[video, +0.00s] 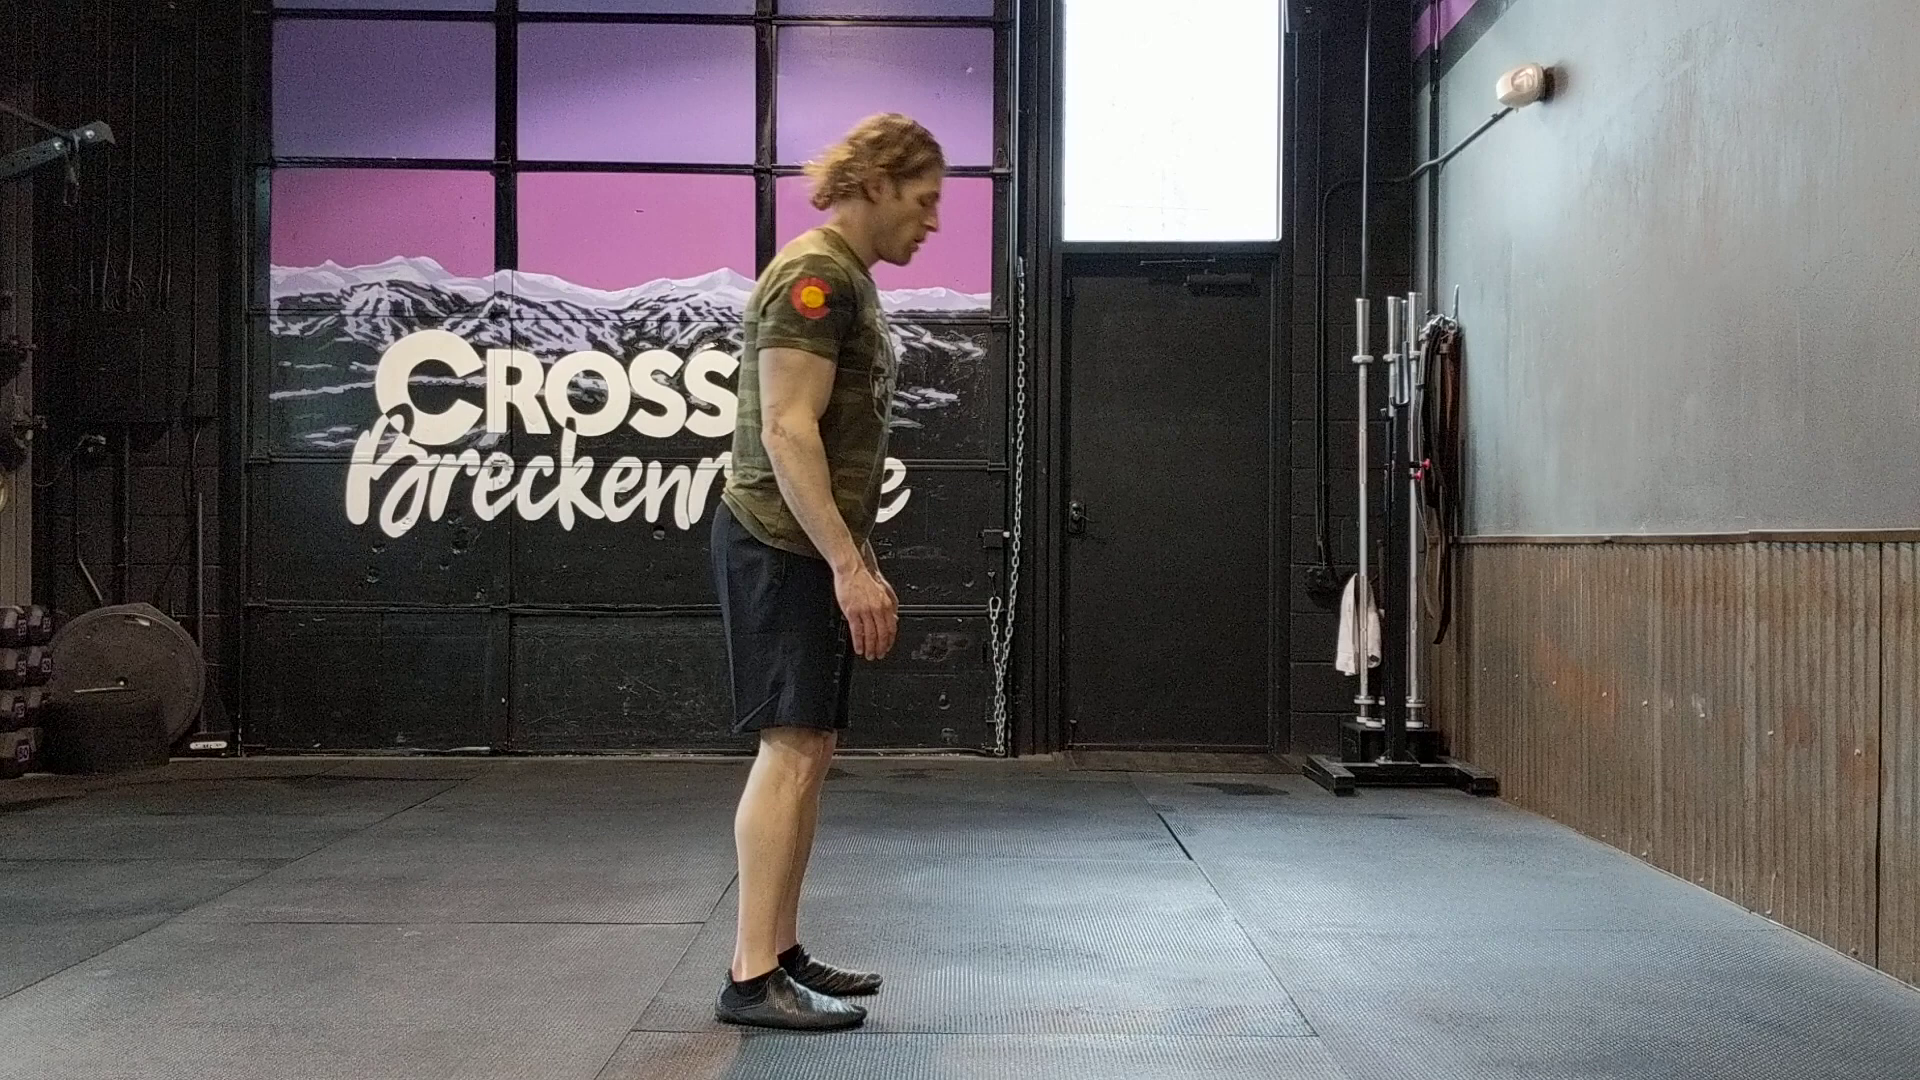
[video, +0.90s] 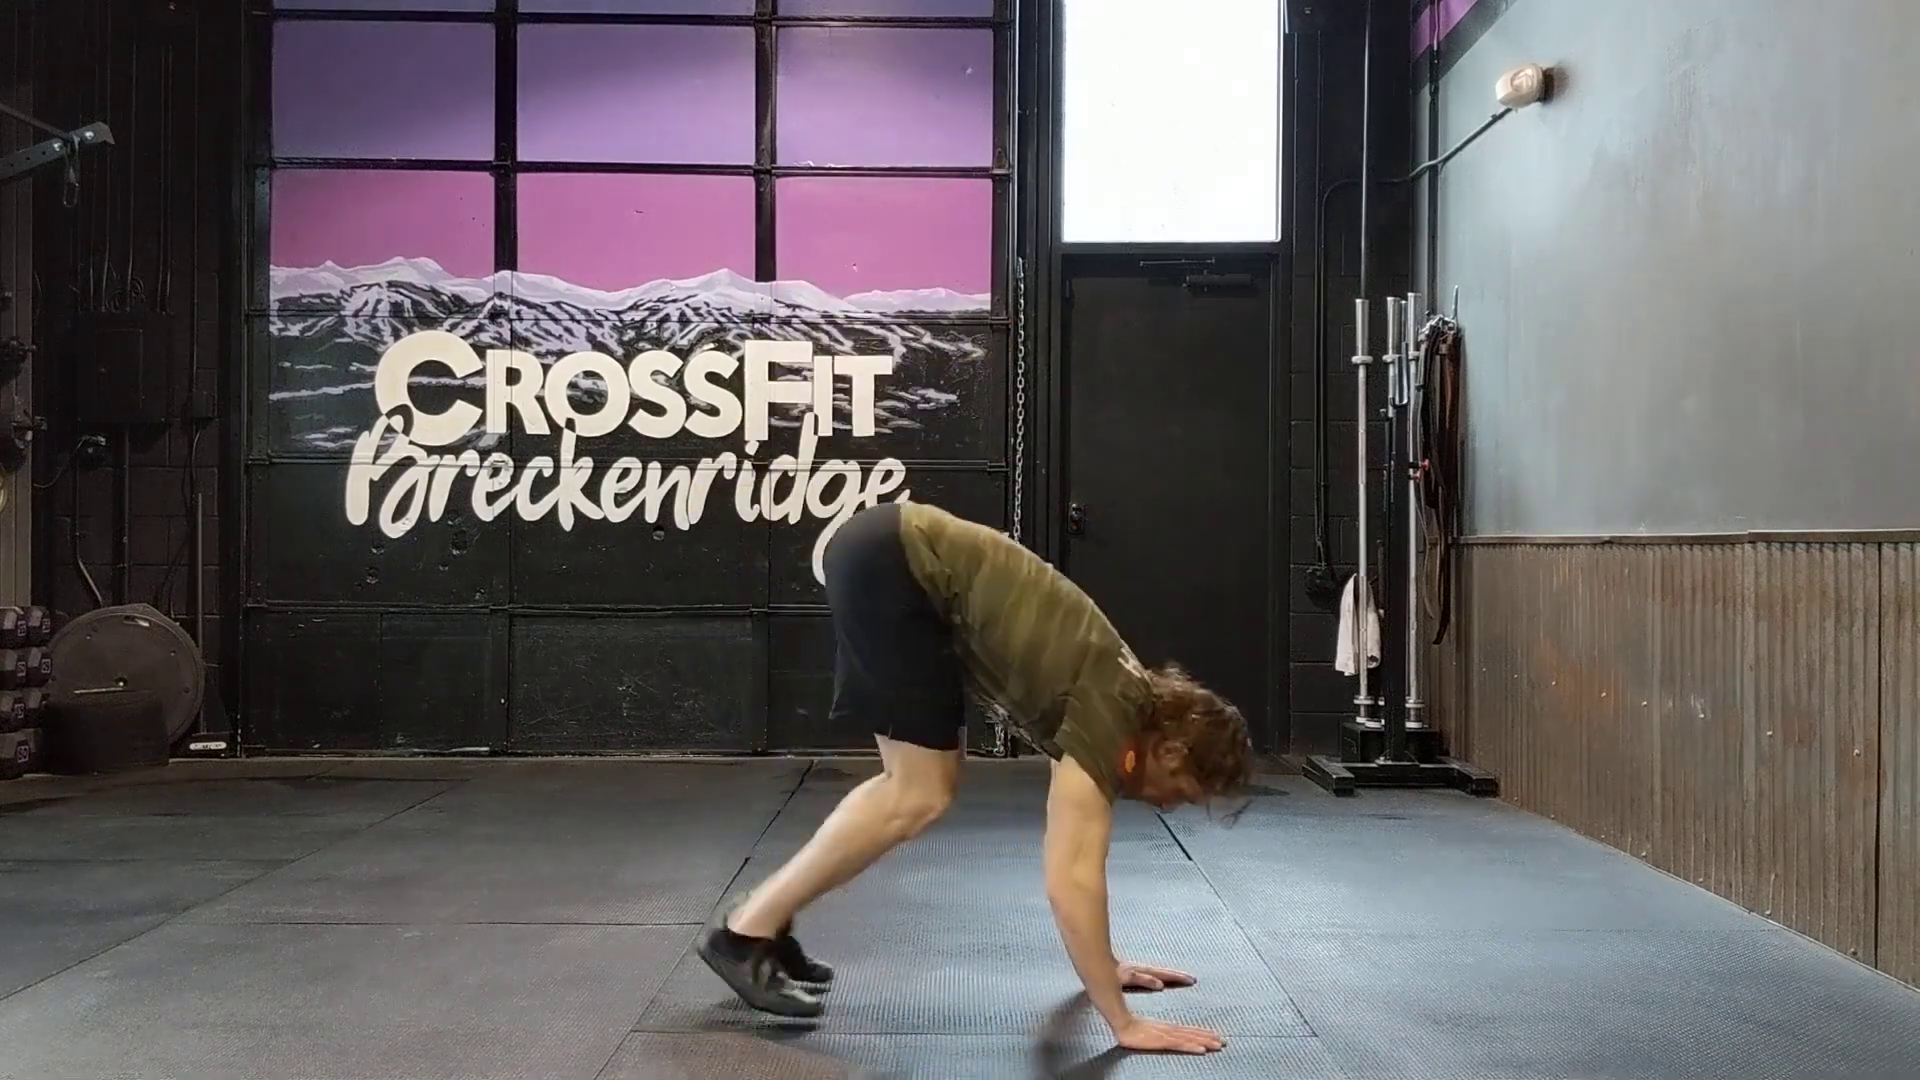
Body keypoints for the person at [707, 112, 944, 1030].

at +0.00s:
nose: (934, 220)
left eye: (937, 203)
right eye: (924, 200)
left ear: (878, 196)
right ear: (874, 190)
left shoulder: (839, 275)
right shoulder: (817, 277)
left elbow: (813, 431)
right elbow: (787, 432)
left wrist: (847, 559)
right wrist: (849, 564)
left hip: (807, 545)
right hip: (781, 544)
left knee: (811, 747)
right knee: (793, 749)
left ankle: (778, 952)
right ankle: (751, 975)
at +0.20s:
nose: (1021, 316)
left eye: (1029, 301)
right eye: (1021, 295)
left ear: (972, 269)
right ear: (974, 266)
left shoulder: (906, 326)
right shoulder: (886, 322)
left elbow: (836, 470)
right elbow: (825, 469)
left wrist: (857, 610)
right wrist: (863, 616)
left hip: (787, 541)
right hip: (757, 538)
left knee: (814, 749)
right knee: (799, 749)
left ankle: (775, 951)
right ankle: (753, 974)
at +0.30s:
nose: (1058, 412)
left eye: (1068, 398)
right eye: (1059, 391)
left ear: (1015, 354)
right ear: (1016, 354)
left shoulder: (939, 389)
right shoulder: (924, 390)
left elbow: (875, 544)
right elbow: (856, 543)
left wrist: (877, 686)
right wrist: (883, 695)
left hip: (769, 549)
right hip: (738, 545)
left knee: (821, 750)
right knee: (813, 753)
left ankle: (779, 954)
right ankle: (752, 976)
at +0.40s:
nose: (1080, 516)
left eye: (1091, 502)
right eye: (1080, 495)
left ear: (1039, 454)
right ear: (1041, 459)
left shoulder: (967, 471)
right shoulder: (955, 471)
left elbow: (917, 639)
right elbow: (910, 644)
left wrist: (936, 785)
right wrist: (936, 798)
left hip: (765, 562)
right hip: (732, 560)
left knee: (847, 751)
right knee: (835, 758)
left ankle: (777, 958)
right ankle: (755, 978)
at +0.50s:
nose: (1087, 605)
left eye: (1100, 594)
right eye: (1090, 586)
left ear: (1055, 542)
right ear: (1057, 547)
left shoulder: (992, 546)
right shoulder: (981, 552)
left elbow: (978, 731)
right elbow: (971, 739)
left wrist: (1022, 855)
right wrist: (1027, 884)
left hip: (773, 584)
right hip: (734, 582)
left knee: (877, 755)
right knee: (859, 770)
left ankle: (783, 955)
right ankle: (756, 977)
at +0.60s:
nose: (1106, 677)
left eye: (1117, 667)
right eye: (1111, 660)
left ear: (1079, 619)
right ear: (1081, 624)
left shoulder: (1021, 608)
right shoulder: (1008, 612)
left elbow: (1040, 784)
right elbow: (1030, 813)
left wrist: (1093, 897)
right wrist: (1108, 949)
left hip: (788, 604)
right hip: (750, 607)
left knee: (910, 769)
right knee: (889, 788)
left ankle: (789, 953)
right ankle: (762, 971)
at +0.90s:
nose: (1169, 805)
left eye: (1183, 799)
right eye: (1179, 792)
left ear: (1164, 741)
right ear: (1163, 748)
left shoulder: (1119, 698)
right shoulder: (1102, 713)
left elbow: (1076, 867)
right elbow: (1072, 882)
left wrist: (1104, 967)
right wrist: (1126, 1026)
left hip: (889, 555)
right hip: (884, 559)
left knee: (914, 787)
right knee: (919, 795)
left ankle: (764, 917)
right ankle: (749, 928)